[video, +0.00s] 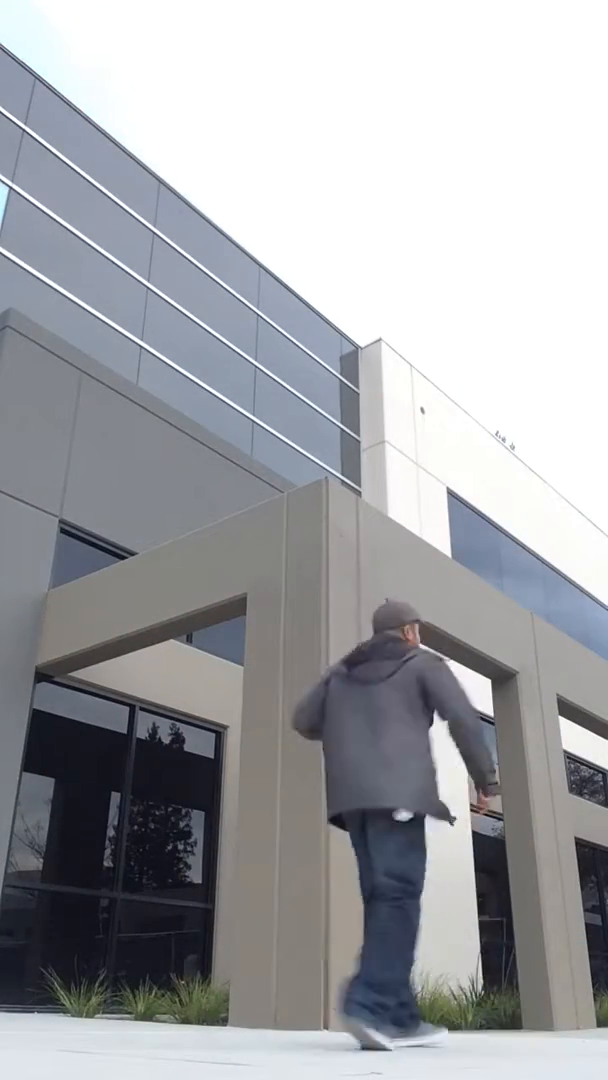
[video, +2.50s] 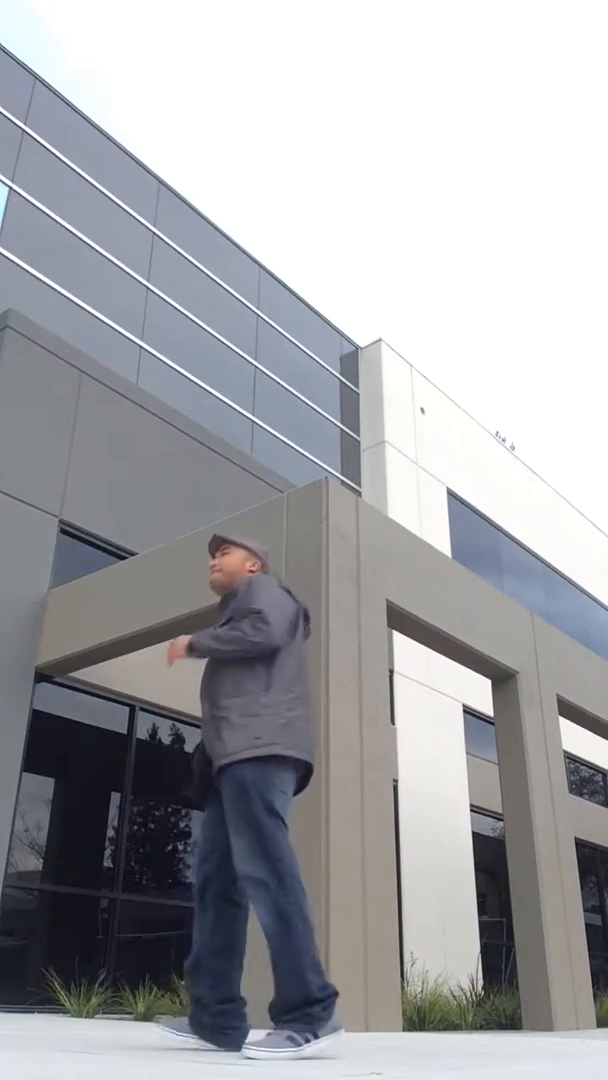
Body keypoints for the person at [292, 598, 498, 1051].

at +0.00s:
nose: (422, 637)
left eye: (419, 631)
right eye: (419, 631)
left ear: (377, 632)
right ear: (410, 631)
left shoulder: (343, 669)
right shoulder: (422, 663)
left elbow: (304, 719)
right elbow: (463, 717)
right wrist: (484, 778)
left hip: (351, 794)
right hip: (399, 791)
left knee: (379, 899)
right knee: (398, 899)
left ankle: (401, 1016)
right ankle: (367, 1006)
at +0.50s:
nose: (332, 642)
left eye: (340, 635)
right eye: (324, 637)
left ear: (357, 643)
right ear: (316, 649)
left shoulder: (386, 688)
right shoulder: (298, 697)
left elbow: (430, 736)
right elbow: (273, 748)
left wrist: (415, 724)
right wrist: (258, 799)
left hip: (369, 810)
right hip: (318, 814)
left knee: (368, 899)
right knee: (328, 913)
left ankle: (379, 1008)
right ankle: (349, 1015)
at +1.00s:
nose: (232, 663)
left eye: (237, 653)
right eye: (232, 655)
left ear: (262, 653)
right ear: (266, 655)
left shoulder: (262, 685)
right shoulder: (302, 688)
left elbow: (246, 744)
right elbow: (304, 755)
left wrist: (224, 785)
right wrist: (250, 794)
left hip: (271, 809)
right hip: (310, 811)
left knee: (246, 909)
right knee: (277, 906)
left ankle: (251, 1017)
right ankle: (333, 989)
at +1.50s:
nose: (197, 662)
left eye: (201, 655)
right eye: (199, 655)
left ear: (218, 656)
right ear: (236, 659)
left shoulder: (200, 690)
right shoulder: (273, 704)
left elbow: (164, 743)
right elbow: (294, 762)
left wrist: (143, 788)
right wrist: (282, 819)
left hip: (205, 812)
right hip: (256, 820)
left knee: (169, 895)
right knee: (217, 915)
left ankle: (212, 979)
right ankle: (217, 1020)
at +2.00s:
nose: (196, 612)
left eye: (201, 605)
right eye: (198, 605)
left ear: (222, 610)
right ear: (240, 617)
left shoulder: (209, 628)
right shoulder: (264, 658)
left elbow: (200, 665)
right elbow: (269, 720)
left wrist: (201, 716)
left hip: (203, 765)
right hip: (255, 779)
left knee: (177, 888)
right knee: (230, 885)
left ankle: (185, 1006)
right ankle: (234, 1001)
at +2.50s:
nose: (211, 563)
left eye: (221, 554)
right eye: (210, 557)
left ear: (253, 562)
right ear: (227, 570)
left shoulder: (263, 589)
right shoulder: (236, 614)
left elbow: (267, 633)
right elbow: (241, 699)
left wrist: (196, 643)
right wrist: (215, 757)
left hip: (258, 751)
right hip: (230, 758)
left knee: (268, 879)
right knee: (216, 885)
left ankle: (309, 1016)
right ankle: (215, 1021)